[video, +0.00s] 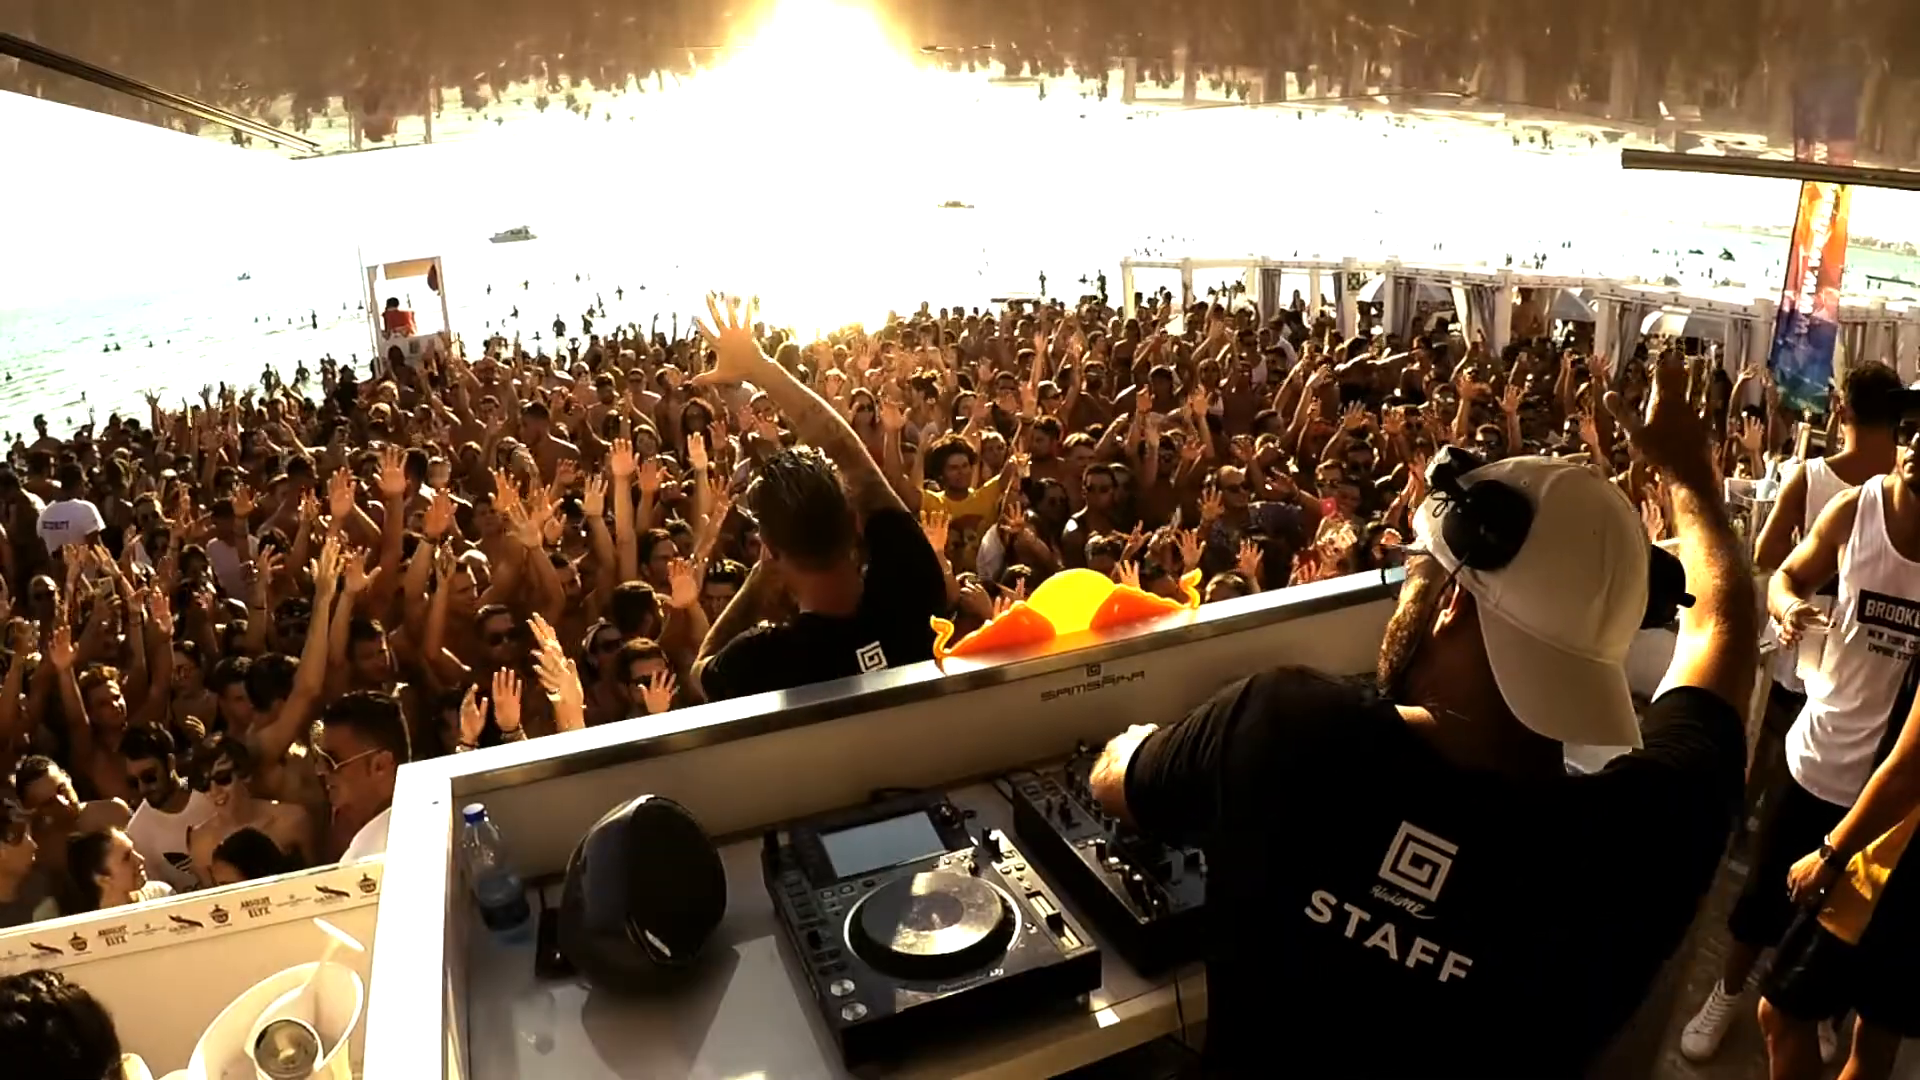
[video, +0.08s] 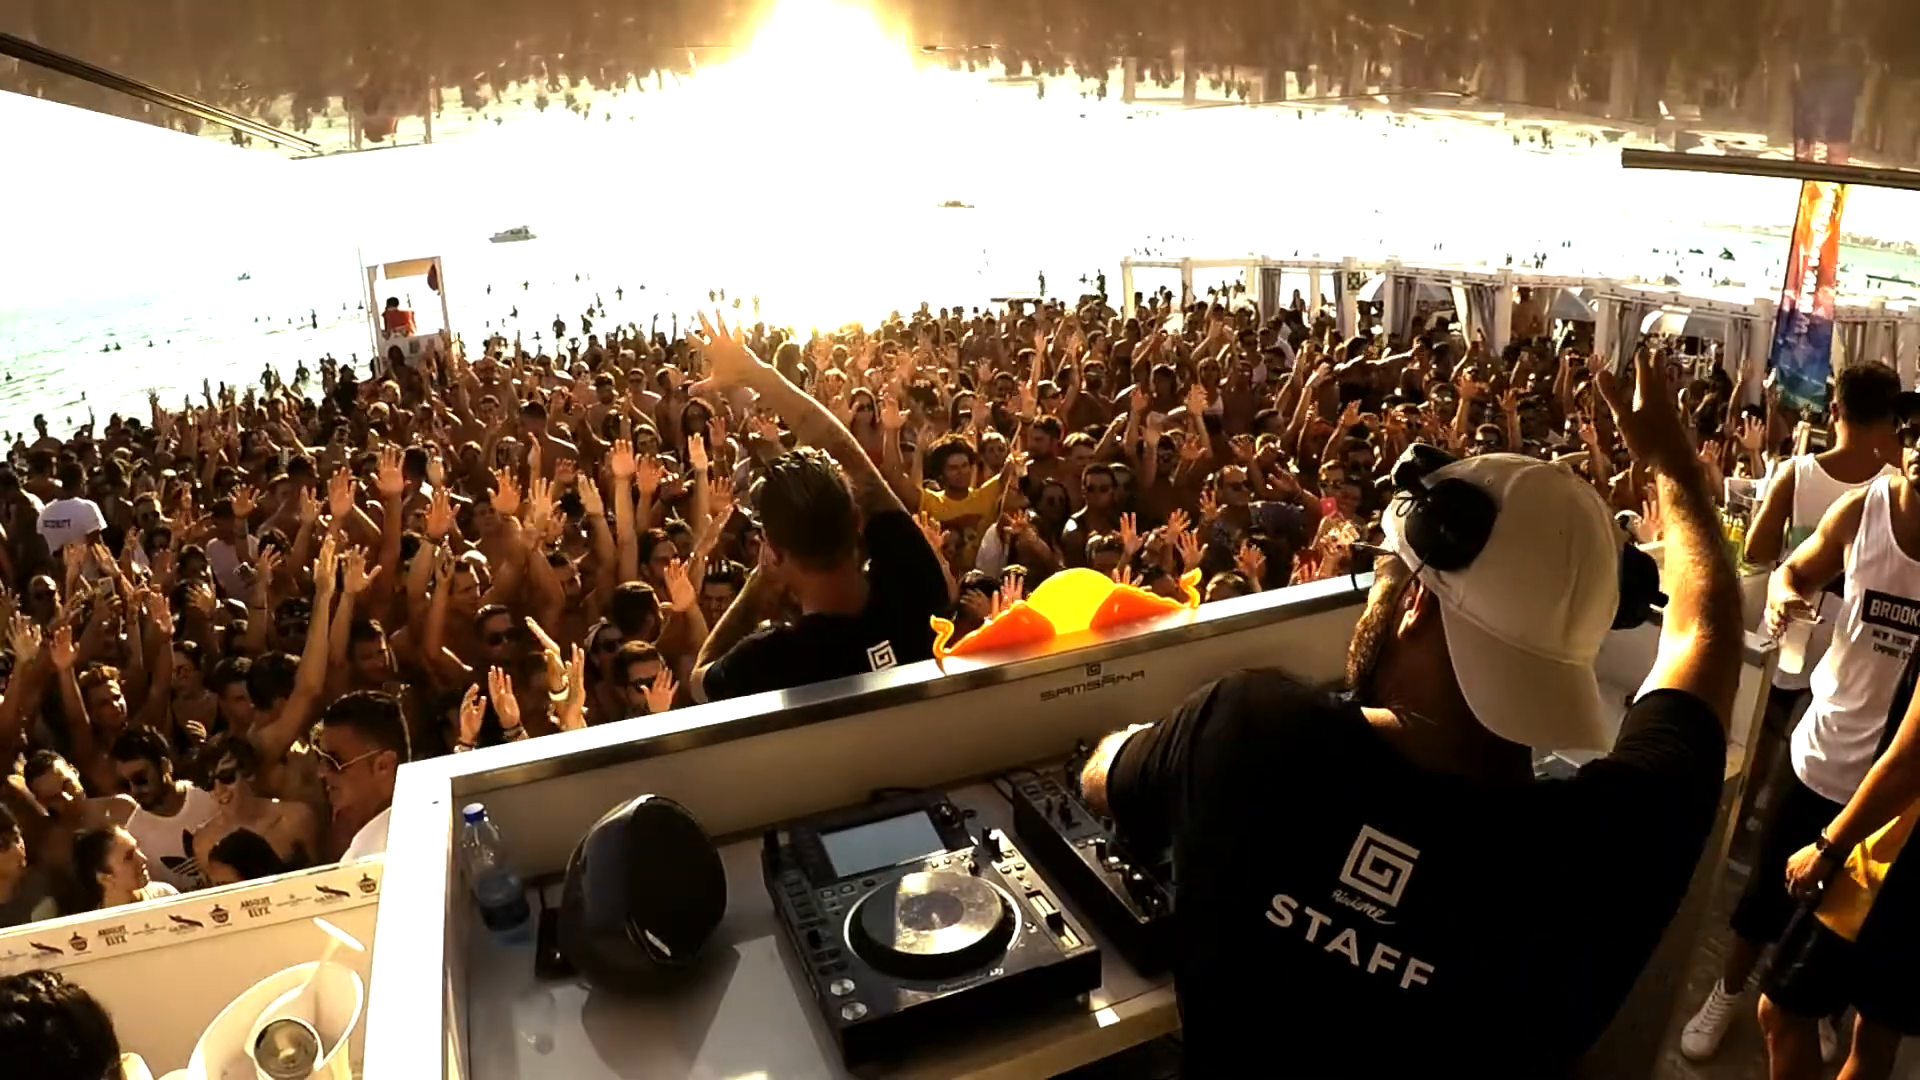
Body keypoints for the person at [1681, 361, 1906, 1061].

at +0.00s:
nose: (1911, 455)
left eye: (1917, 444)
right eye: (1908, 442)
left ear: (1910, 450)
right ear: (1895, 446)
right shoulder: (1856, 509)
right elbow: (1785, 579)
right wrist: (1787, 608)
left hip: (1897, 784)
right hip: (1820, 749)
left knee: (1855, 926)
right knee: (1761, 889)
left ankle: (1843, 1033)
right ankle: (1728, 994)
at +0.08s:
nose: (1912, 451)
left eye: (1917, 439)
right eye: (1906, 437)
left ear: (1911, 449)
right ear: (1892, 446)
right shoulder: (1862, 510)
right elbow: (1793, 575)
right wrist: (1785, 603)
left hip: (1898, 778)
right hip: (1822, 746)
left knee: (1861, 917)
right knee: (1762, 886)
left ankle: (1843, 1031)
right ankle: (1727, 995)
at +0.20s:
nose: (1866, 456)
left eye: (1874, 442)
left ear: (1900, 433)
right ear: (1898, 444)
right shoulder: (1875, 507)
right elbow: (1801, 570)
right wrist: (1786, 594)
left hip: (1904, 783)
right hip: (1830, 751)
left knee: (1865, 923)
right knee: (1771, 889)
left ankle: (1842, 1022)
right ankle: (1726, 995)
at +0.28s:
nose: (1908, 452)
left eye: (1908, 442)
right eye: (1905, 440)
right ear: (1889, 435)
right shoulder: (1879, 510)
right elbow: (1807, 570)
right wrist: (1795, 592)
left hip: (1902, 779)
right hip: (1835, 749)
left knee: (1863, 914)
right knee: (1775, 885)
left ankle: (1836, 1015)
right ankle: (1727, 995)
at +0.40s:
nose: (1912, 447)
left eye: (1915, 437)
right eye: (1910, 434)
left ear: (1915, 444)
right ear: (1903, 441)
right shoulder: (1885, 508)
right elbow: (1821, 572)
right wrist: (1808, 594)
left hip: (1902, 778)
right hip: (1837, 747)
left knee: (1857, 905)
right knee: (1776, 882)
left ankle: (1826, 998)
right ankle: (1729, 991)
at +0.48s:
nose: (1900, 439)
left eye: (1900, 428)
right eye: (1897, 425)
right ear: (1873, 422)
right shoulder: (1877, 504)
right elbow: (1831, 581)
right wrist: (1819, 606)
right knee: (1785, 870)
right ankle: (1731, 992)